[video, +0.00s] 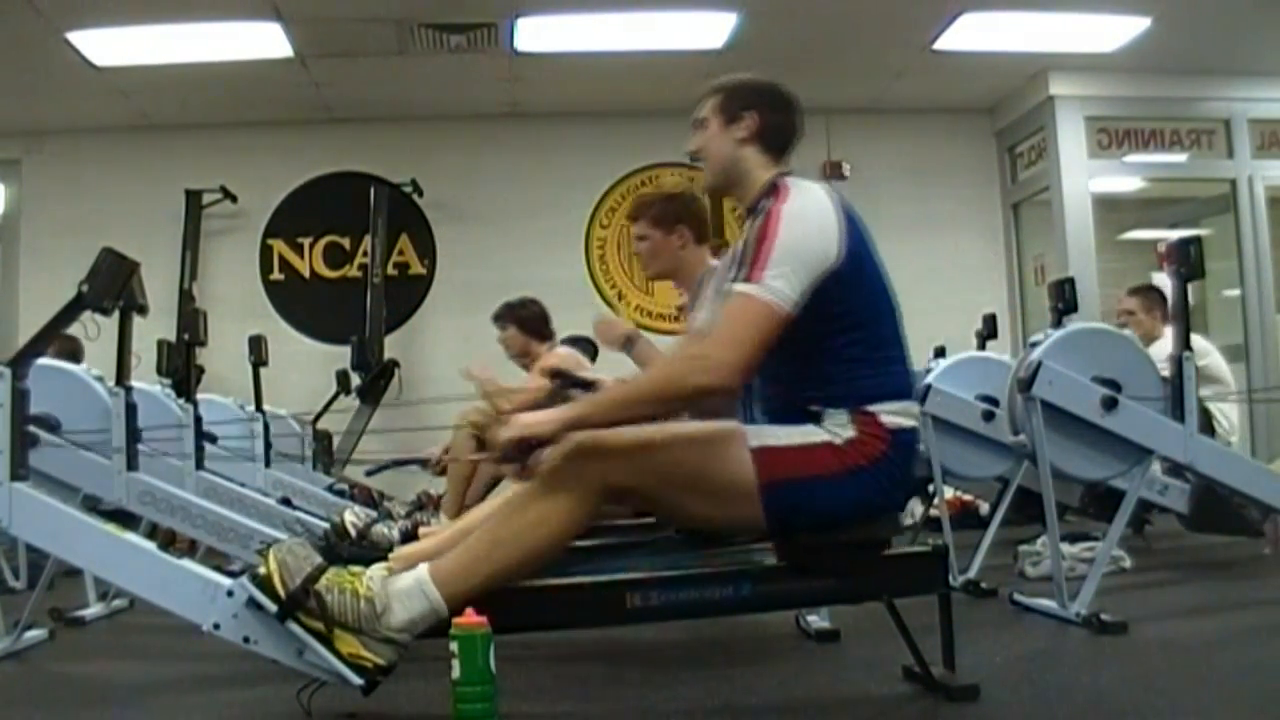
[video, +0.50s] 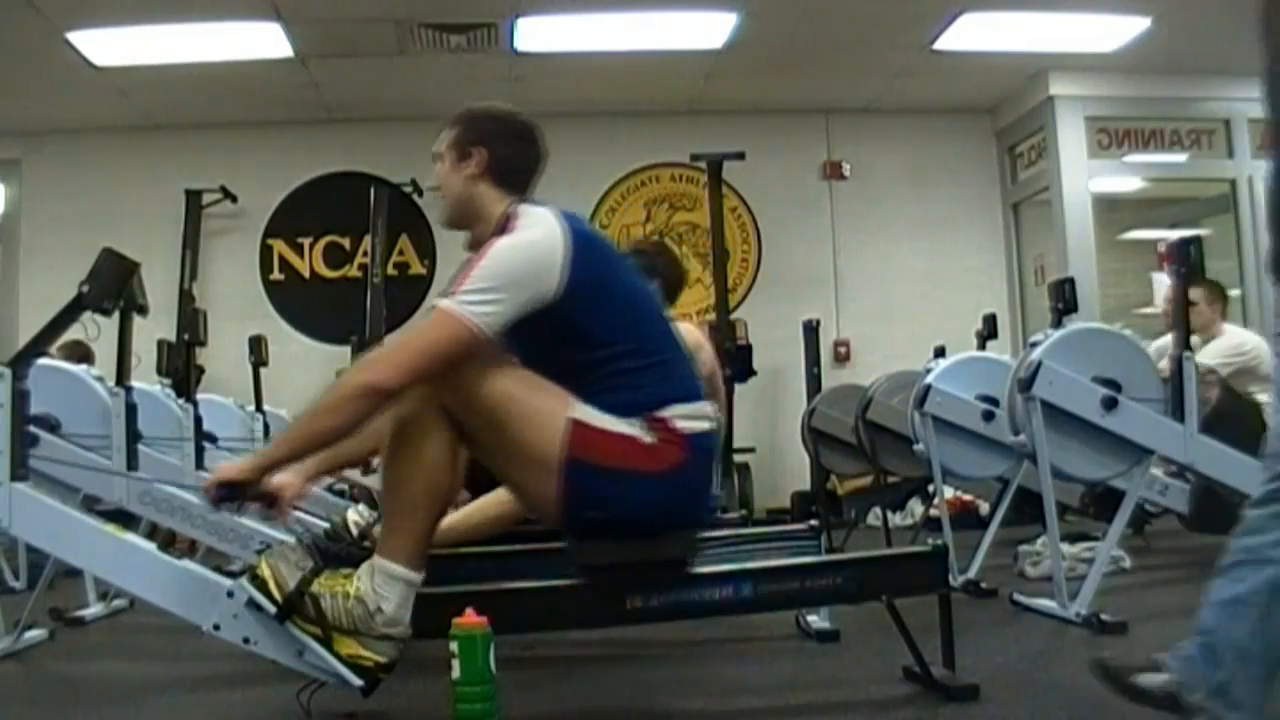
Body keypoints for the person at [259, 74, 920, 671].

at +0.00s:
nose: (692, 145)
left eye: (703, 126)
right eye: (694, 130)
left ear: (748, 127)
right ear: (748, 131)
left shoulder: (800, 208)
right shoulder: (761, 228)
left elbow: (717, 365)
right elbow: (702, 366)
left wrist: (568, 419)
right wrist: (564, 416)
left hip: (856, 448)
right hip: (808, 442)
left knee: (591, 458)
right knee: (573, 459)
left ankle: (398, 614)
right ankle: (386, 588)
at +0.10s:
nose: (637, 157)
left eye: (648, 138)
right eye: (641, 142)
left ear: (694, 138)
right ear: (697, 142)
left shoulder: (750, 215)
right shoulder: (713, 233)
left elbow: (638, 369)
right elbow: (649, 377)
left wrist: (488, 437)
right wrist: (499, 440)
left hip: (827, 449)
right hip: (774, 445)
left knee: (571, 442)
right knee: (552, 458)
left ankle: (395, 609)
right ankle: (385, 588)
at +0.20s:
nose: (582, 163)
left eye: (593, 143)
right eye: (586, 146)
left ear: (637, 147)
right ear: (639, 149)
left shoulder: (696, 224)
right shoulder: (673, 231)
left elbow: (563, 373)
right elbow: (584, 379)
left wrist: (428, 443)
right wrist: (456, 452)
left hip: (788, 455)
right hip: (748, 448)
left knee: (551, 408)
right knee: (536, 428)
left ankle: (391, 604)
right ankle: (388, 597)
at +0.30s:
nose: (530, 173)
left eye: (538, 154)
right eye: (531, 156)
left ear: (580, 154)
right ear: (589, 159)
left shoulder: (640, 230)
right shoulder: (627, 237)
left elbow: (507, 374)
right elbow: (522, 383)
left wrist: (372, 451)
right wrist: (399, 455)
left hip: (748, 457)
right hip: (719, 452)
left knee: (513, 400)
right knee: (504, 411)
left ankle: (390, 603)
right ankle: (390, 589)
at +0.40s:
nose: (479, 176)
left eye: (487, 157)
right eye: (480, 160)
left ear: (524, 159)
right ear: (530, 162)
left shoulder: (586, 236)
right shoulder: (559, 247)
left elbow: (445, 377)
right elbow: (458, 392)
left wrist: (314, 457)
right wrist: (351, 471)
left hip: (702, 461)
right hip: (674, 454)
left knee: (474, 385)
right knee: (474, 387)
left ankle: (386, 603)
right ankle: (386, 598)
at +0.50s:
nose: (431, 177)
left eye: (440, 160)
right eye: (434, 161)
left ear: (476, 164)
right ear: (486, 168)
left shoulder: (533, 242)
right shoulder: (502, 252)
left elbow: (385, 378)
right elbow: (408, 391)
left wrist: (261, 460)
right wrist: (306, 471)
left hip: (655, 464)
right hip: (629, 457)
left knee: (440, 378)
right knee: (438, 374)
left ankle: (385, 600)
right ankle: (384, 581)